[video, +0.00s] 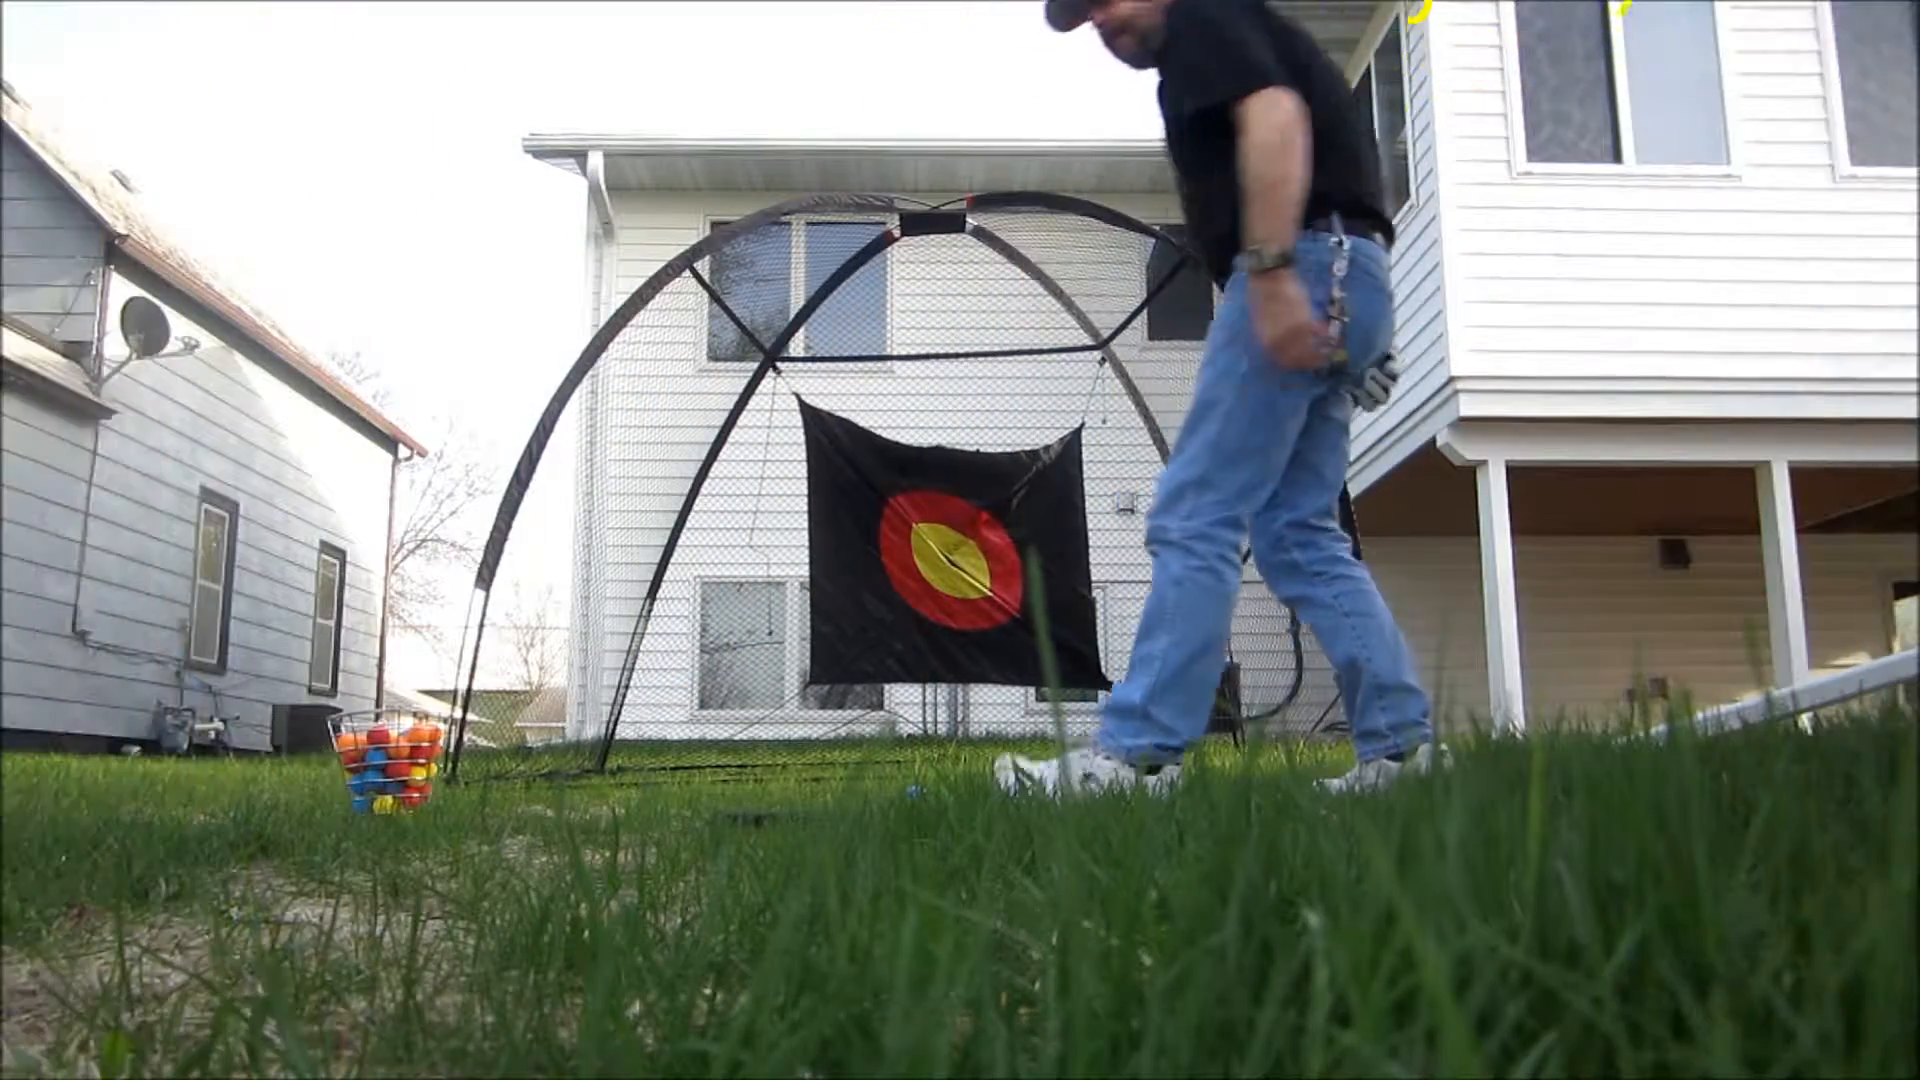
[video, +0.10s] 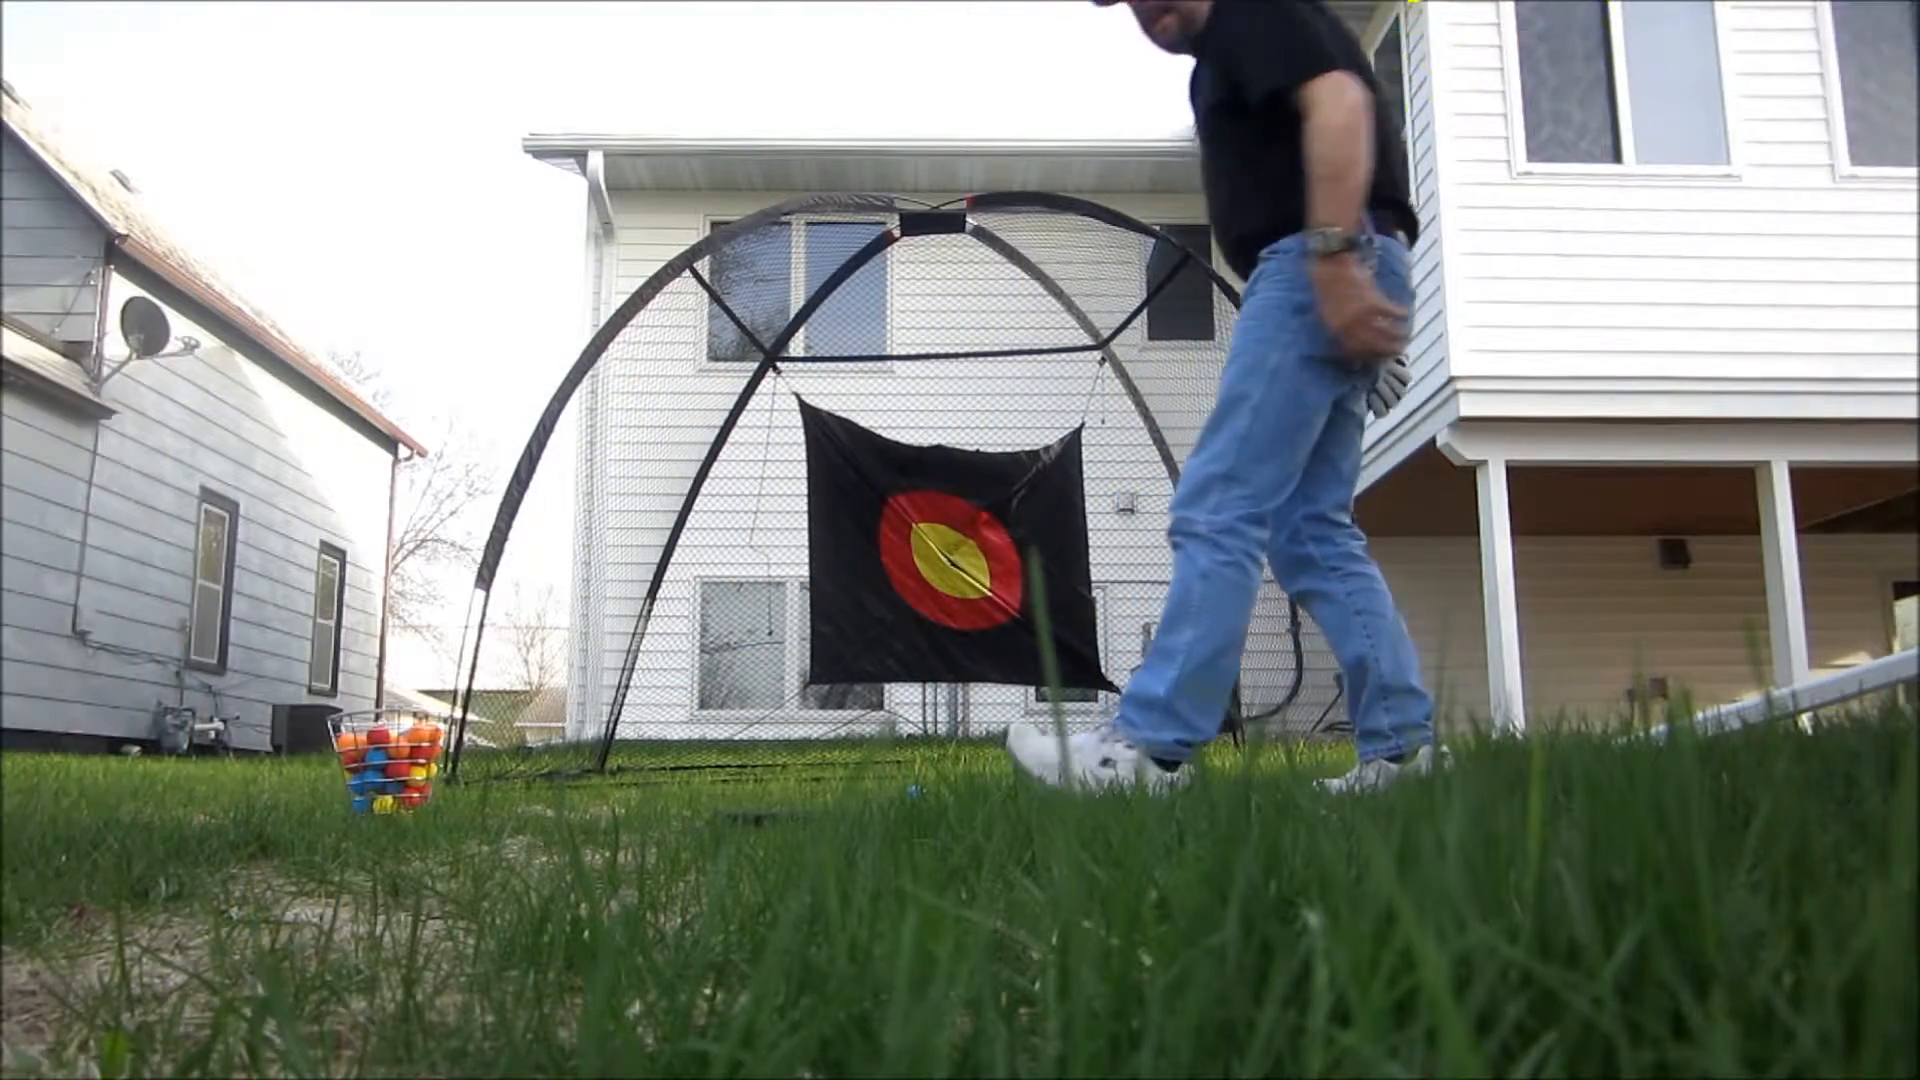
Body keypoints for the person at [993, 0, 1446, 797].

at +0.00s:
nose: (1099, 33)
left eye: (1100, 13)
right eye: (1089, 25)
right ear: (1122, 14)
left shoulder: (1204, 19)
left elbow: (1276, 115)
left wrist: (1268, 275)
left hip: (1296, 269)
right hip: (1345, 274)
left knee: (1196, 519)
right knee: (1296, 532)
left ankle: (1137, 751)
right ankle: (1401, 745)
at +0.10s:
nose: (1141, 14)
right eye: (1131, 7)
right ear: (1153, 13)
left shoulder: (1256, 15)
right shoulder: (1223, 57)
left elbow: (1339, 99)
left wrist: (1332, 258)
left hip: (1310, 266)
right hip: (1348, 268)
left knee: (1219, 511)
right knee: (1310, 529)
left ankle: (1151, 744)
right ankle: (1401, 747)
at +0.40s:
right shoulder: (1296, 24)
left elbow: (1464, 83)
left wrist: (1462, 236)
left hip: (1375, 229)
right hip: (1357, 238)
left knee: (1295, 475)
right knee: (1364, 498)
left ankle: (1380, 724)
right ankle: (1405, 725)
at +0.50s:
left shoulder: (1403, 0)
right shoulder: (1318, 22)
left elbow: (1484, 77)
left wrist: (1473, 234)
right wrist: (1319, 257)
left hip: (1389, 227)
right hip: (1346, 246)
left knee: (1363, 489)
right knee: (1357, 506)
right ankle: (1403, 749)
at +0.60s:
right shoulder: (1331, 18)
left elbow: (1493, 79)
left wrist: (1477, 232)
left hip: (1401, 230)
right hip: (1347, 249)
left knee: (1414, 490)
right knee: (1358, 512)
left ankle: (1588, 704)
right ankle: (1403, 748)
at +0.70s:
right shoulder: (1362, 15)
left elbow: (1511, 64)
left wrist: (1493, 228)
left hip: (1423, 221)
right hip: (1368, 243)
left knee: (1483, 488)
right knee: (1373, 509)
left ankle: (1606, 724)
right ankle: (1404, 748)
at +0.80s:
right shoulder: (1379, 15)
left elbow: (1529, 56)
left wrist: (1514, 226)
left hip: (1443, 217)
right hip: (1389, 236)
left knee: (1514, 489)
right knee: (1388, 505)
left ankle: (1609, 729)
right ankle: (1404, 749)